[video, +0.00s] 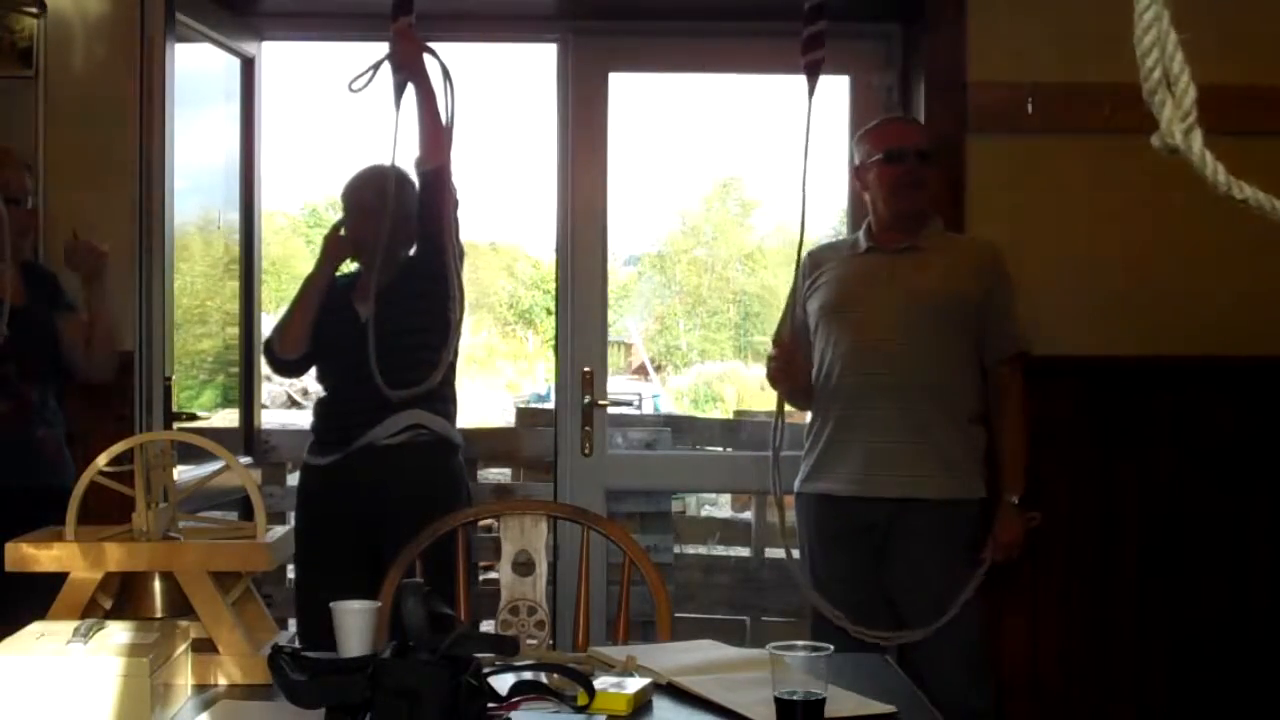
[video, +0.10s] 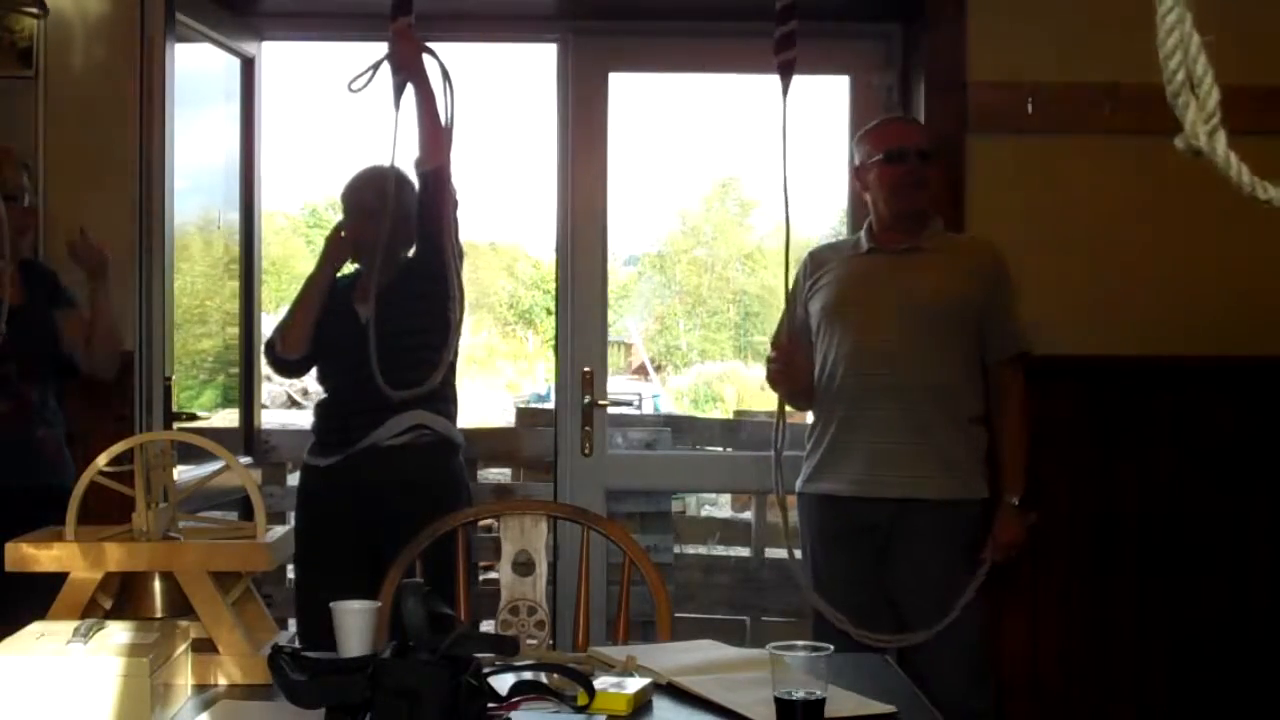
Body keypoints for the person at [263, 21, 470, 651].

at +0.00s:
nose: (359, 221)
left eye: (373, 209)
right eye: (352, 210)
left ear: (407, 217)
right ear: (343, 219)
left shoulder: (432, 278)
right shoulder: (330, 296)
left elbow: (436, 169)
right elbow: (284, 359)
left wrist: (419, 76)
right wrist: (323, 265)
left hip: (417, 462)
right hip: (335, 466)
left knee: (417, 623)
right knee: (327, 636)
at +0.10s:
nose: (359, 223)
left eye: (374, 210)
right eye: (352, 210)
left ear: (406, 218)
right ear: (342, 219)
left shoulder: (432, 278)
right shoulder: (330, 296)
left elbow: (436, 168)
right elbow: (285, 359)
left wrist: (417, 75)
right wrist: (326, 262)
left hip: (418, 462)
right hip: (335, 466)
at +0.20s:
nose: (360, 223)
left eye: (374, 211)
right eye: (352, 212)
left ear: (406, 219)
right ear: (342, 220)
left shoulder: (432, 278)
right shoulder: (332, 296)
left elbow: (435, 170)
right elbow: (288, 360)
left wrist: (415, 76)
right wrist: (328, 263)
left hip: (419, 455)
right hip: (338, 460)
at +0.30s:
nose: (369, 223)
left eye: (384, 211)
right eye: (358, 212)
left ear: (410, 220)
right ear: (346, 221)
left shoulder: (434, 276)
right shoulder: (335, 297)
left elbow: (434, 168)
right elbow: (289, 362)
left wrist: (414, 76)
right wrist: (331, 265)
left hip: (421, 468)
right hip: (337, 472)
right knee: (328, 649)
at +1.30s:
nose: (374, 215)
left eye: (390, 205)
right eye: (370, 207)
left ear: (423, 222)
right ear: (365, 224)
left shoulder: (444, 285)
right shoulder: (342, 289)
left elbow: (444, 173)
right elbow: (264, 285)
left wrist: (425, 78)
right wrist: (302, 204)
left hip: (422, 475)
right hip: (339, 476)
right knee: (331, 645)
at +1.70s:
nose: (399, 197)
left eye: (412, 192)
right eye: (387, 192)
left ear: (429, 215)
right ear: (372, 218)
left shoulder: (444, 277)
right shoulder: (344, 278)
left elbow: (446, 171)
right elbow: (291, 208)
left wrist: (423, 81)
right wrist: (325, 116)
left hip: (420, 466)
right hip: (335, 464)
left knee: (425, 630)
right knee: (332, 641)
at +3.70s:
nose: (428, 205)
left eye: (439, 196)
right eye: (415, 196)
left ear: (453, 213)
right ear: (393, 215)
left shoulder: (466, 279)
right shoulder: (365, 271)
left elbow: (466, 173)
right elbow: (328, 185)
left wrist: (432, 80)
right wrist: (366, 90)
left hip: (437, 465)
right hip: (350, 464)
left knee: (447, 636)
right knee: (349, 643)